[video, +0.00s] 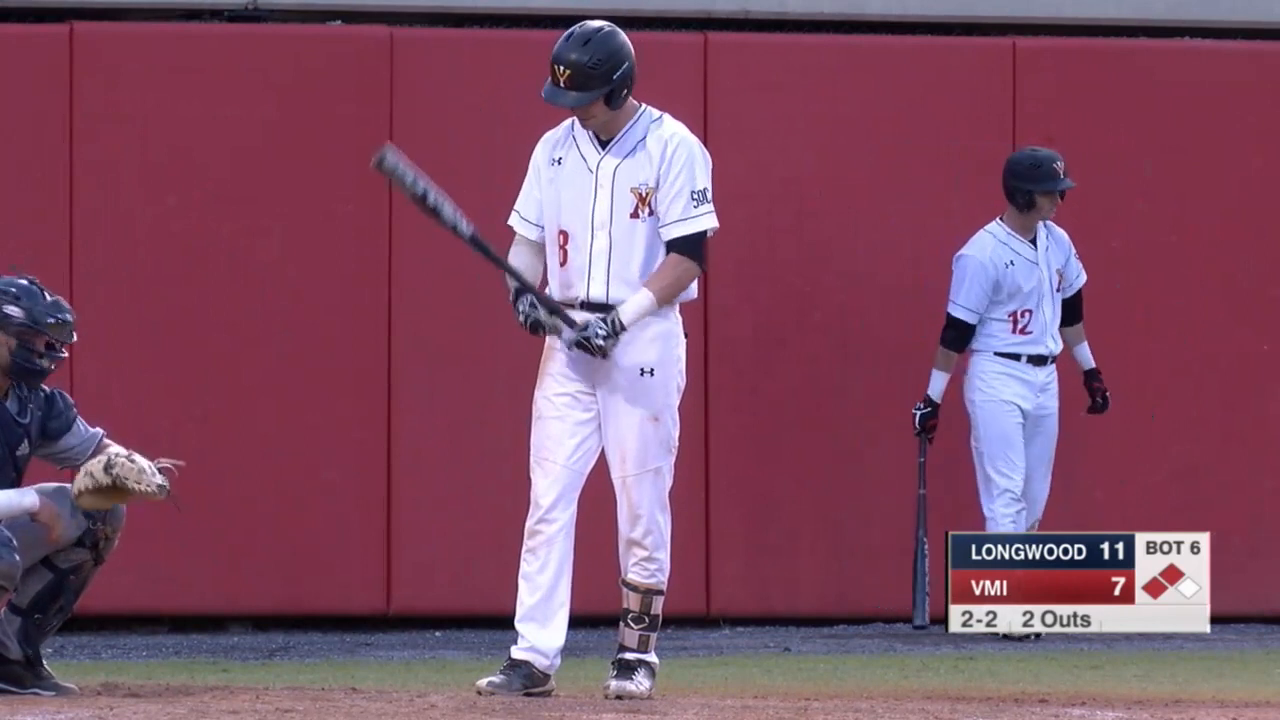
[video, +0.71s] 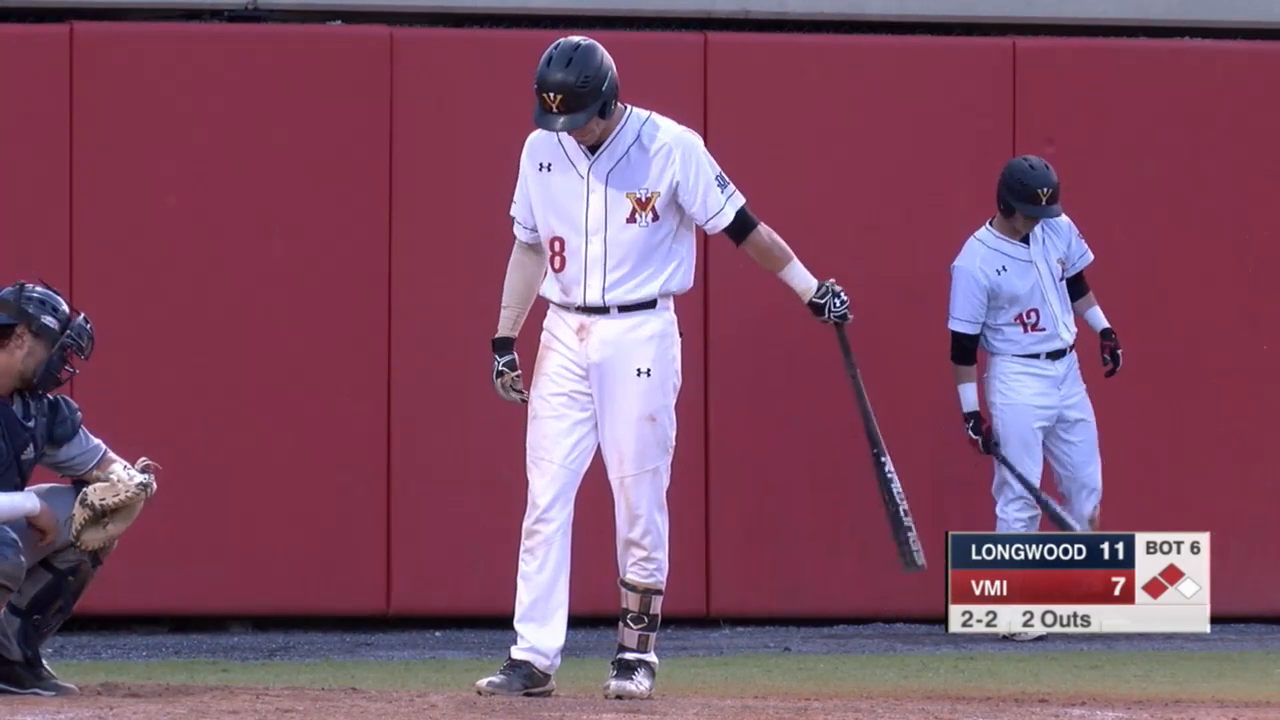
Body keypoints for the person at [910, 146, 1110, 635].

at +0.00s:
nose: (1060, 200)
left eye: (1060, 192)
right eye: (1054, 193)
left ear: (1036, 194)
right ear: (1026, 195)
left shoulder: (1057, 241)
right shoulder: (981, 253)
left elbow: (1071, 315)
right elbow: (956, 335)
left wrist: (1090, 371)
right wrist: (931, 400)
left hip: (1046, 378)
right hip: (996, 377)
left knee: (1033, 500)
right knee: (1005, 496)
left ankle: (997, 604)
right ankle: (1010, 610)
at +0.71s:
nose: (1044, 219)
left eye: (1047, 210)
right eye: (1036, 212)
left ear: (1049, 201)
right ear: (1010, 206)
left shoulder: (1055, 227)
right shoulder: (974, 262)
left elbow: (1077, 285)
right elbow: (962, 348)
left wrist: (1104, 330)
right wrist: (971, 413)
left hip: (1067, 376)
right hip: (1016, 382)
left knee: (1085, 484)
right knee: (1019, 496)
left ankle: (1071, 592)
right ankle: (1013, 601)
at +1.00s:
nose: (1059, 226)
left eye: (1063, 217)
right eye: (1051, 218)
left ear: (1067, 207)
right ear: (1026, 210)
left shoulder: (1073, 229)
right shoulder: (989, 261)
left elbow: (1094, 290)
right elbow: (978, 347)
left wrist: (1121, 342)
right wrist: (986, 414)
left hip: (1084, 376)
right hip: (1030, 384)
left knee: (1121, 487)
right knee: (1025, 501)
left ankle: (1146, 591)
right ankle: (1012, 607)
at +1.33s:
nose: (1120, 230)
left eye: (1125, 222)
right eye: (1114, 221)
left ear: (1125, 216)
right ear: (1092, 210)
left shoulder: (1130, 242)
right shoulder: (1046, 259)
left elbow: (1141, 306)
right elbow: (1024, 340)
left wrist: (1163, 361)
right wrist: (1007, 410)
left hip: (1121, 385)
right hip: (1067, 387)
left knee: (1147, 496)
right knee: (1046, 503)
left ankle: (1161, 606)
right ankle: (1022, 607)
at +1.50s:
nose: (1169, 231)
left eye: (1173, 224)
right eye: (1165, 222)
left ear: (1174, 219)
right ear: (1142, 210)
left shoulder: (1172, 247)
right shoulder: (1089, 252)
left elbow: (1172, 316)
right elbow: (1057, 330)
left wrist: (1189, 373)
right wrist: (1031, 398)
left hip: (1146, 387)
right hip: (1091, 385)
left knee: (1161, 498)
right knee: (1060, 497)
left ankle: (1160, 606)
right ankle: (1016, 598)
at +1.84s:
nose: (1220, 238)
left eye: (1226, 232)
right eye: (1219, 229)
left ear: (1225, 224)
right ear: (1198, 213)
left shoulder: (1210, 256)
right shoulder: (1137, 245)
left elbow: (1199, 326)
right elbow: (1111, 322)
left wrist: (1217, 378)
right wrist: (1098, 392)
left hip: (1162, 382)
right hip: (1111, 373)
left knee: (1168, 499)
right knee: (1070, 487)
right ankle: (1040, 585)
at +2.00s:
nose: (1221, 230)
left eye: (1226, 225)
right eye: (1219, 221)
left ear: (1226, 219)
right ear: (1195, 204)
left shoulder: (1206, 252)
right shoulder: (1137, 242)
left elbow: (1198, 316)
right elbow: (1125, 323)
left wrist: (1239, 335)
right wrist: (1134, 392)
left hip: (1162, 377)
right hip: (1109, 371)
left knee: (1168, 495)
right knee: (1073, 489)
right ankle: (1034, 580)